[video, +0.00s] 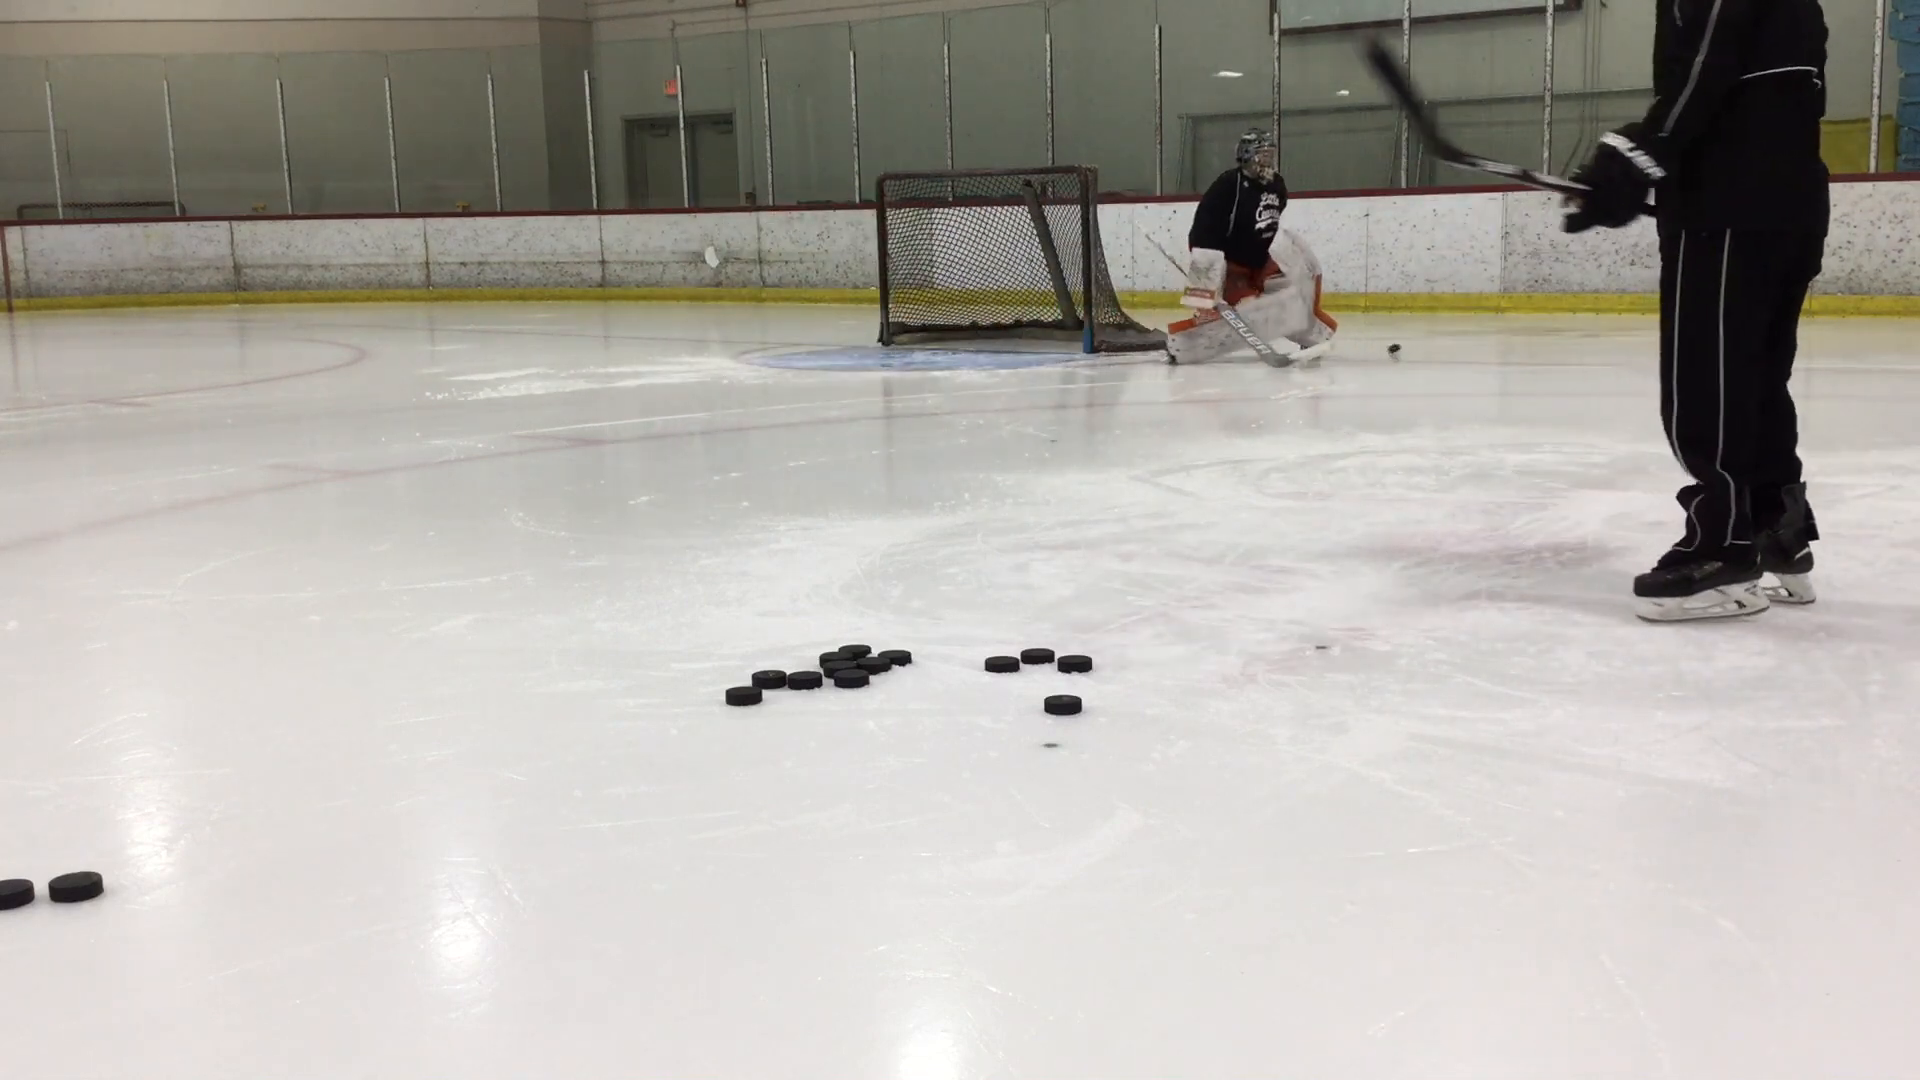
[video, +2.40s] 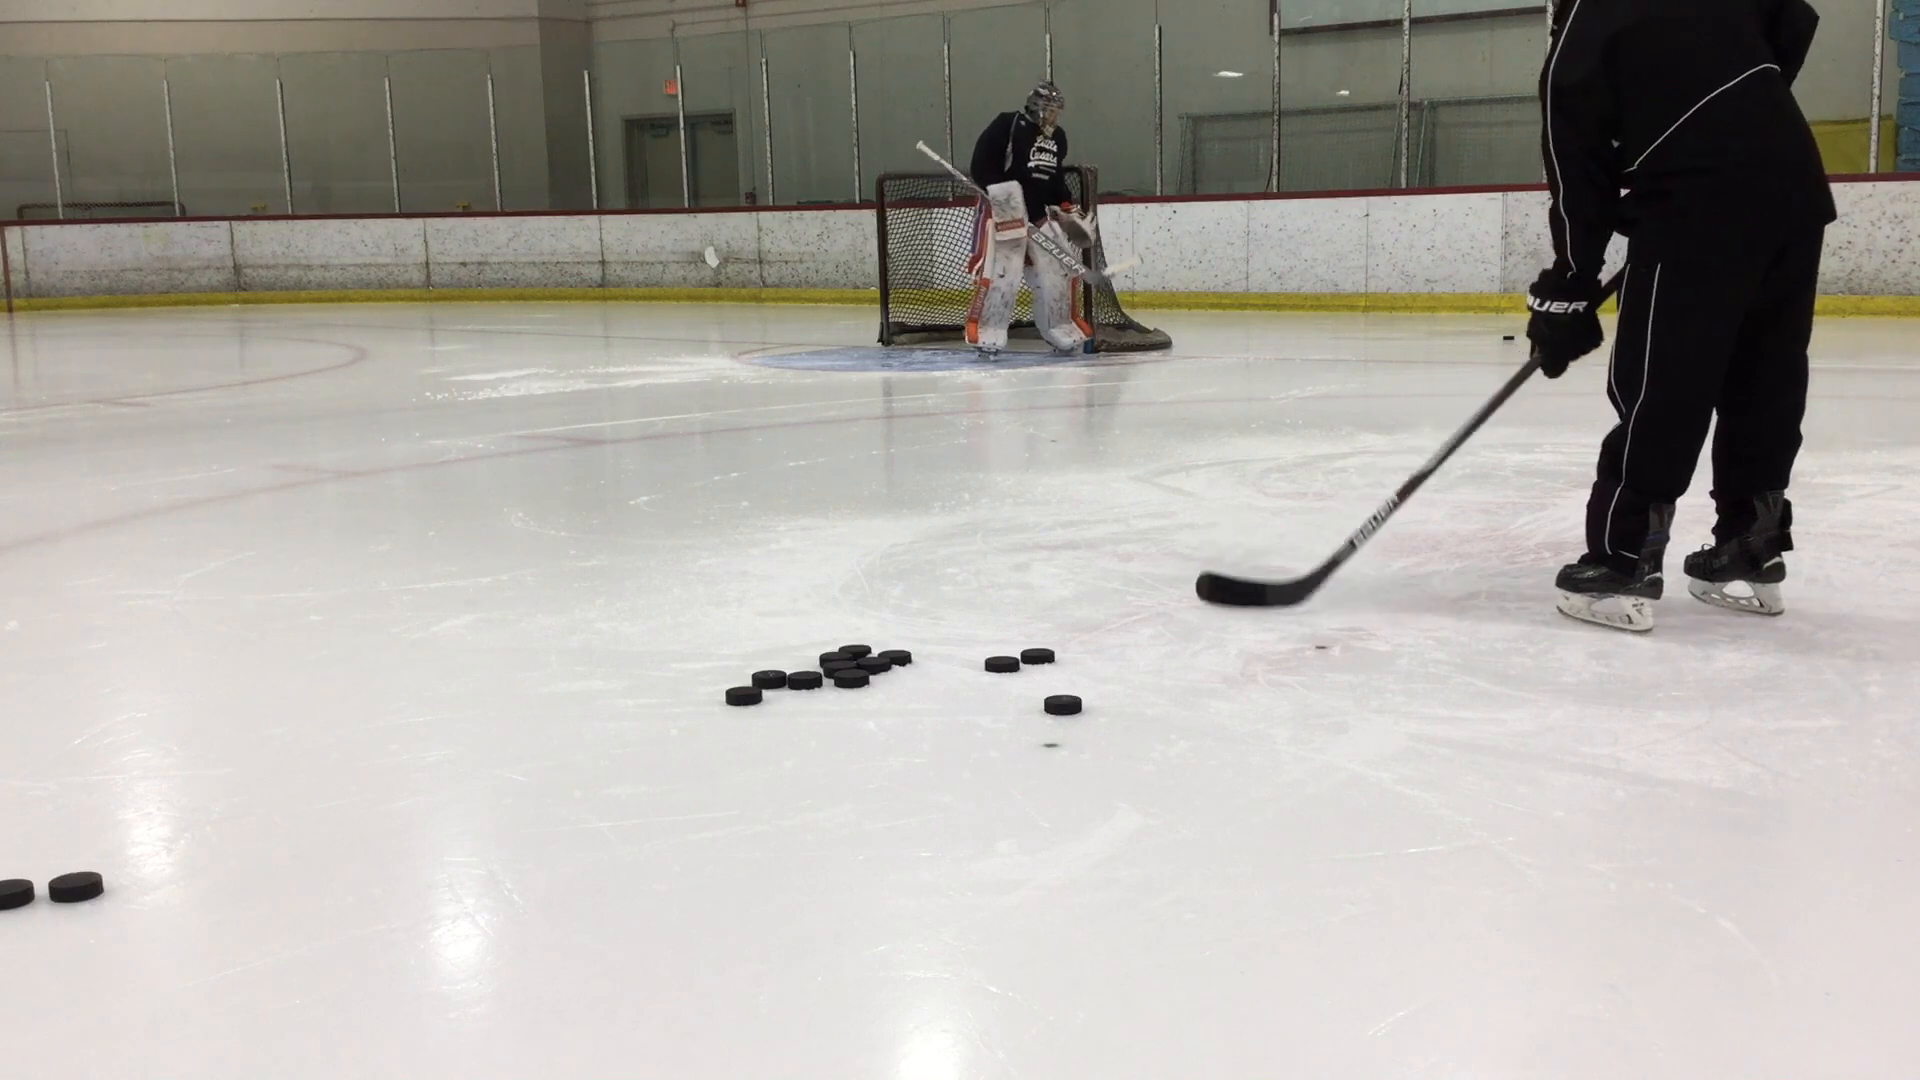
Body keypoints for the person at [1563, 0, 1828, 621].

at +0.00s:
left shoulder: (1713, 2)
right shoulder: (1796, 8)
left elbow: (1702, 70)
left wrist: (1637, 156)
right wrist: (1647, 175)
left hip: (1721, 199)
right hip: (1785, 194)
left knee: (1702, 377)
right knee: (1759, 374)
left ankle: (1722, 548)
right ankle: (1777, 533)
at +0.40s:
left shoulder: (1696, 5)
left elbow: (1688, 104)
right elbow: (1682, 114)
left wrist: (1628, 215)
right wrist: (1630, 221)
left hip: (1727, 220)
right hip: (1769, 215)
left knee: (1706, 399)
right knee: (1751, 387)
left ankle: (1735, 565)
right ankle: (1783, 543)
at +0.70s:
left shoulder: (1646, 7)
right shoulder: (1706, 7)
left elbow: (1616, 128)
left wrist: (1540, 236)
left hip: (1692, 226)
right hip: (1764, 214)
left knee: (1656, 396)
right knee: (1743, 387)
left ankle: (1674, 572)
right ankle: (1768, 539)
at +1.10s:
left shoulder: (1574, 13)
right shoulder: (1691, 6)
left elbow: (1561, 137)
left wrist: (1530, 261)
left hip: (1653, 225)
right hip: (1747, 210)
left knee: (1628, 395)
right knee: (1719, 385)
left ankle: (1661, 574)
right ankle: (1727, 555)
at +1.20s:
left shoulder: (1565, 16)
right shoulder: (1691, 7)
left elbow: (1554, 125)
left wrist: (1546, 241)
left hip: (1648, 223)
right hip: (1744, 206)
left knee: (1628, 396)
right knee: (1718, 384)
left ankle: (1658, 574)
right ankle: (1732, 553)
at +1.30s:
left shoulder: (1561, 13)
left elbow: (1554, 122)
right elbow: (1741, 23)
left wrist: (1554, 229)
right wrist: (1701, 87)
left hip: (1644, 210)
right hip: (1740, 195)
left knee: (1625, 393)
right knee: (1718, 380)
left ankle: (1656, 571)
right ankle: (1738, 551)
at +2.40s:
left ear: (1568, 3)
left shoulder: (1577, 40)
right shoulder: (1711, 6)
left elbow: (1577, 168)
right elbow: (1799, 17)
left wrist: (1568, 288)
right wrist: (1745, 107)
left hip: (1695, 207)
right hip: (1794, 190)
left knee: (1656, 387)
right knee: (1765, 381)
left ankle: (1626, 558)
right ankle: (1752, 548)